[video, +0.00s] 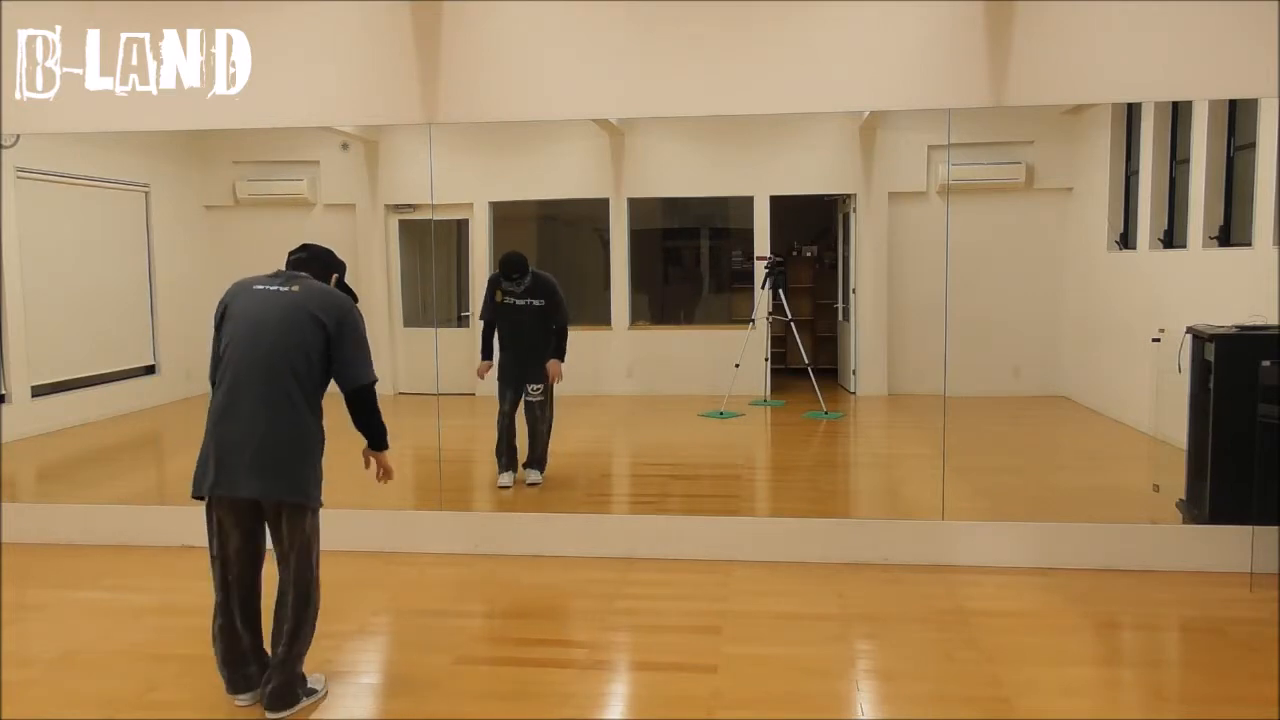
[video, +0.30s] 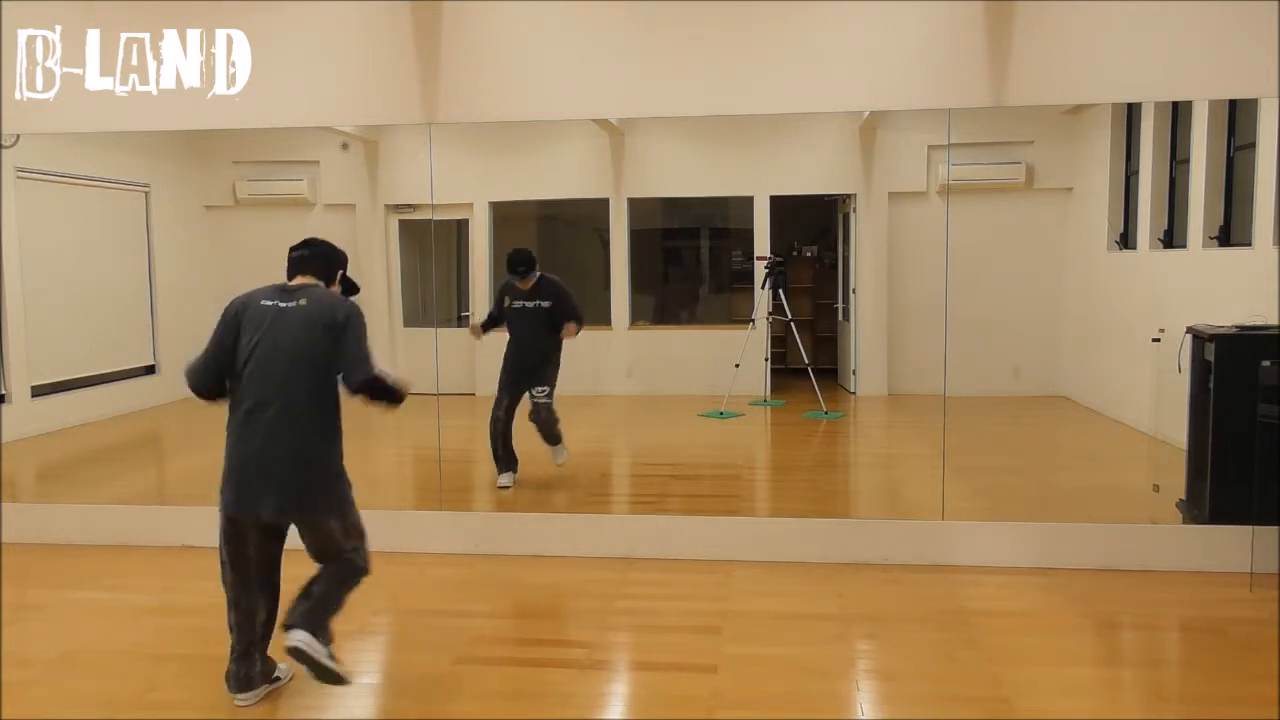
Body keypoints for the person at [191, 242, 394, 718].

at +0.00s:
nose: (340, 294)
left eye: (340, 289)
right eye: (340, 287)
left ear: (288, 269)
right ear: (329, 279)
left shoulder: (237, 292)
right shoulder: (336, 305)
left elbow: (220, 372)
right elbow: (357, 385)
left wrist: (243, 423)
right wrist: (377, 444)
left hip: (225, 452)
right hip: (289, 456)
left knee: (233, 570)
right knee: (298, 573)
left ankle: (242, 677)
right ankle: (283, 688)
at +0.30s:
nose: (343, 288)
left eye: (341, 283)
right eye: (343, 282)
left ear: (289, 275)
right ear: (334, 279)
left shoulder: (244, 305)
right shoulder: (341, 310)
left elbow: (203, 379)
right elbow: (359, 377)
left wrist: (245, 381)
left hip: (246, 470)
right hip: (311, 468)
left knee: (248, 577)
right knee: (346, 557)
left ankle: (248, 676)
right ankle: (308, 625)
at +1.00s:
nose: (375, 266)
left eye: (374, 260)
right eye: (375, 259)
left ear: (321, 252)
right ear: (366, 255)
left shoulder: (278, 290)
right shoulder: (372, 289)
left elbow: (274, 355)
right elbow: (387, 366)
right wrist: (329, 367)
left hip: (275, 472)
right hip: (341, 468)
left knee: (298, 594)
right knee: (368, 564)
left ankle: (319, 710)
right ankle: (340, 665)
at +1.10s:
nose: (372, 278)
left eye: (373, 271)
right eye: (372, 269)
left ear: (317, 259)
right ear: (362, 264)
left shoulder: (273, 295)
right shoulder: (365, 298)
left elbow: (296, 371)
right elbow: (371, 384)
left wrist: (381, 387)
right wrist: (394, 386)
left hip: (268, 478)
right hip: (336, 478)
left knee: (289, 602)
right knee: (344, 590)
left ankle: (317, 708)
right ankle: (322, 676)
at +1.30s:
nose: (351, 295)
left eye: (354, 286)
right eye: (354, 284)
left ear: (306, 265)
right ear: (344, 274)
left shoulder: (256, 301)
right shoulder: (341, 313)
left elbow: (247, 380)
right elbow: (347, 404)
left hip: (251, 476)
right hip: (317, 475)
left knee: (289, 582)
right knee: (340, 579)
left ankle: (302, 668)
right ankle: (325, 670)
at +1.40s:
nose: (336, 295)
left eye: (338, 286)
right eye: (338, 285)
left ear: (290, 270)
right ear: (329, 278)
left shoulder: (230, 310)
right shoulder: (326, 324)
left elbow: (207, 388)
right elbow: (344, 407)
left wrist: (245, 424)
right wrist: (363, 425)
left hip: (243, 474)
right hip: (306, 474)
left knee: (272, 560)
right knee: (345, 569)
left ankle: (256, 638)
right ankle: (317, 680)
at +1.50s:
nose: (319, 292)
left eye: (320, 284)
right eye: (319, 283)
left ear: (270, 268)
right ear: (308, 274)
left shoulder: (213, 301)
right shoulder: (311, 310)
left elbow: (154, 365)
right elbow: (349, 369)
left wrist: (202, 388)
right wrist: (381, 365)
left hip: (225, 464)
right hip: (289, 465)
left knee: (243, 553)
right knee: (334, 564)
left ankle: (205, 654)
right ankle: (321, 678)